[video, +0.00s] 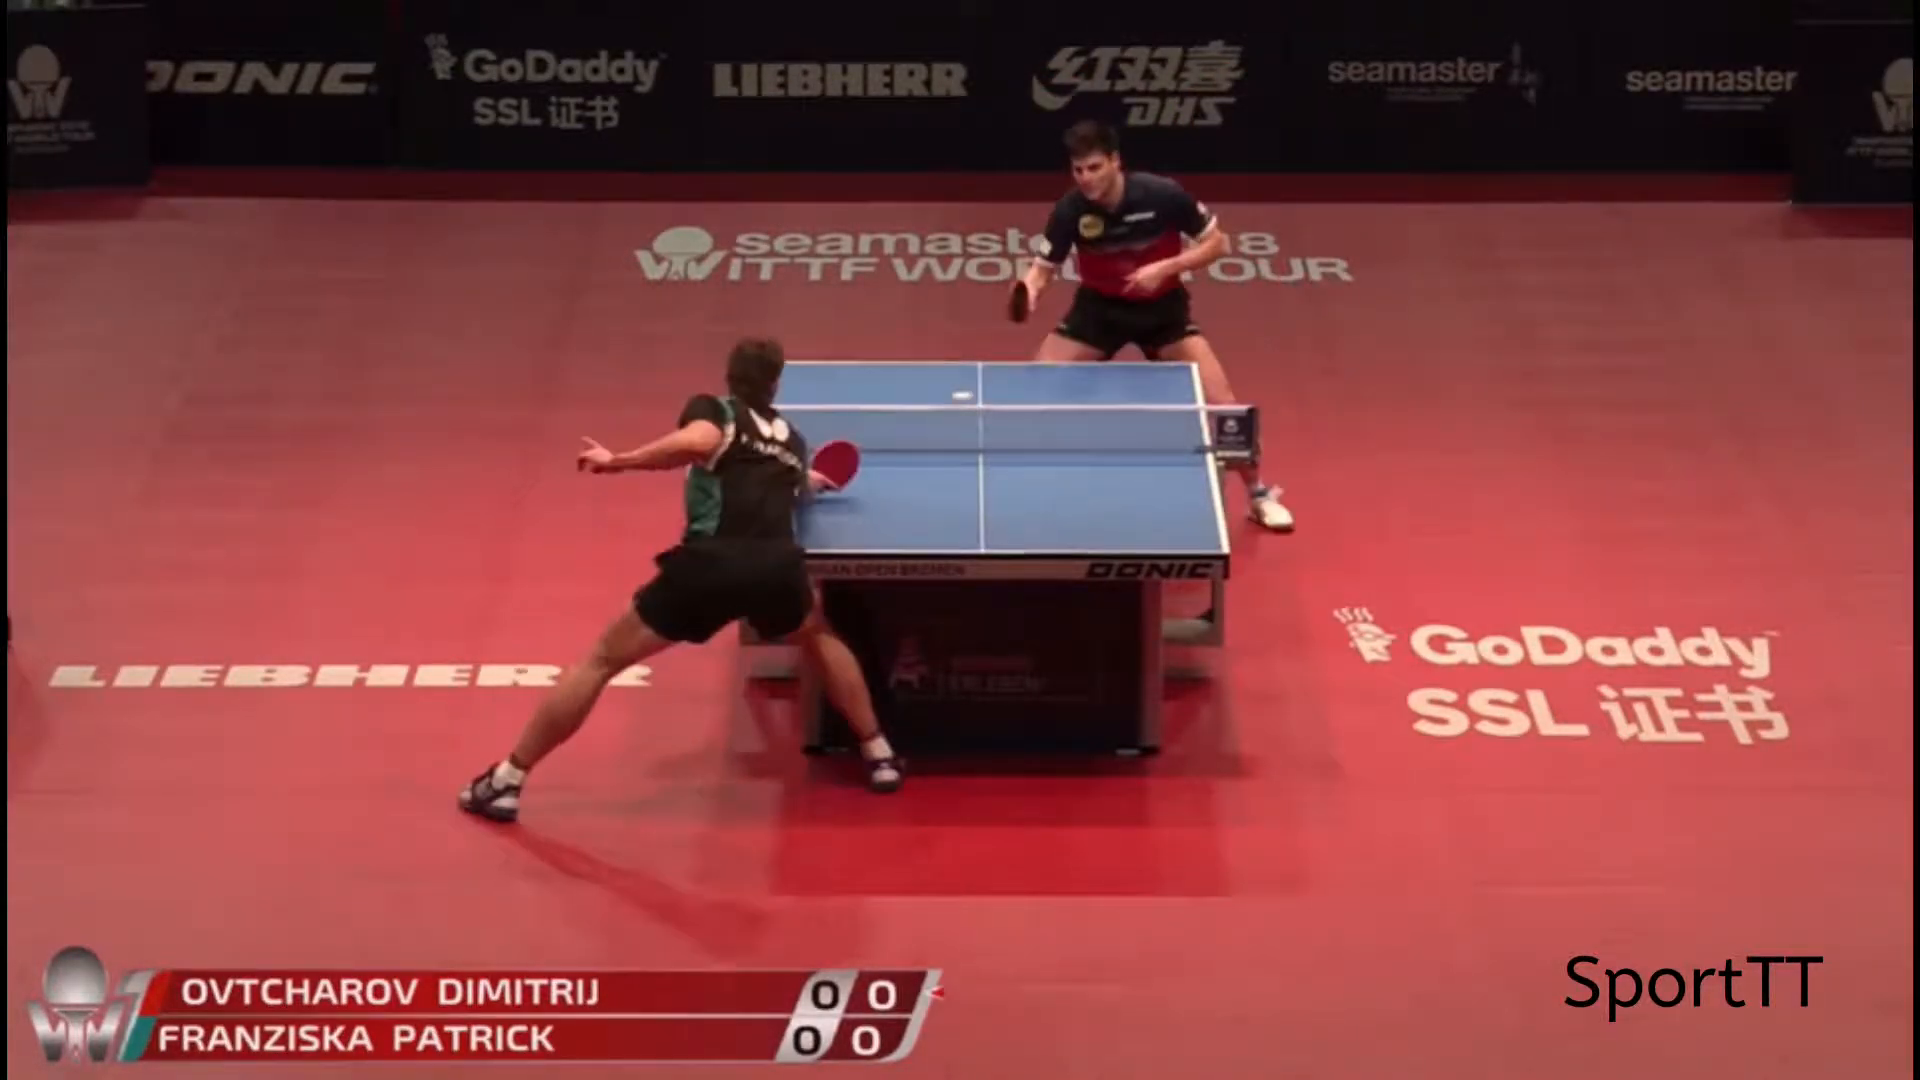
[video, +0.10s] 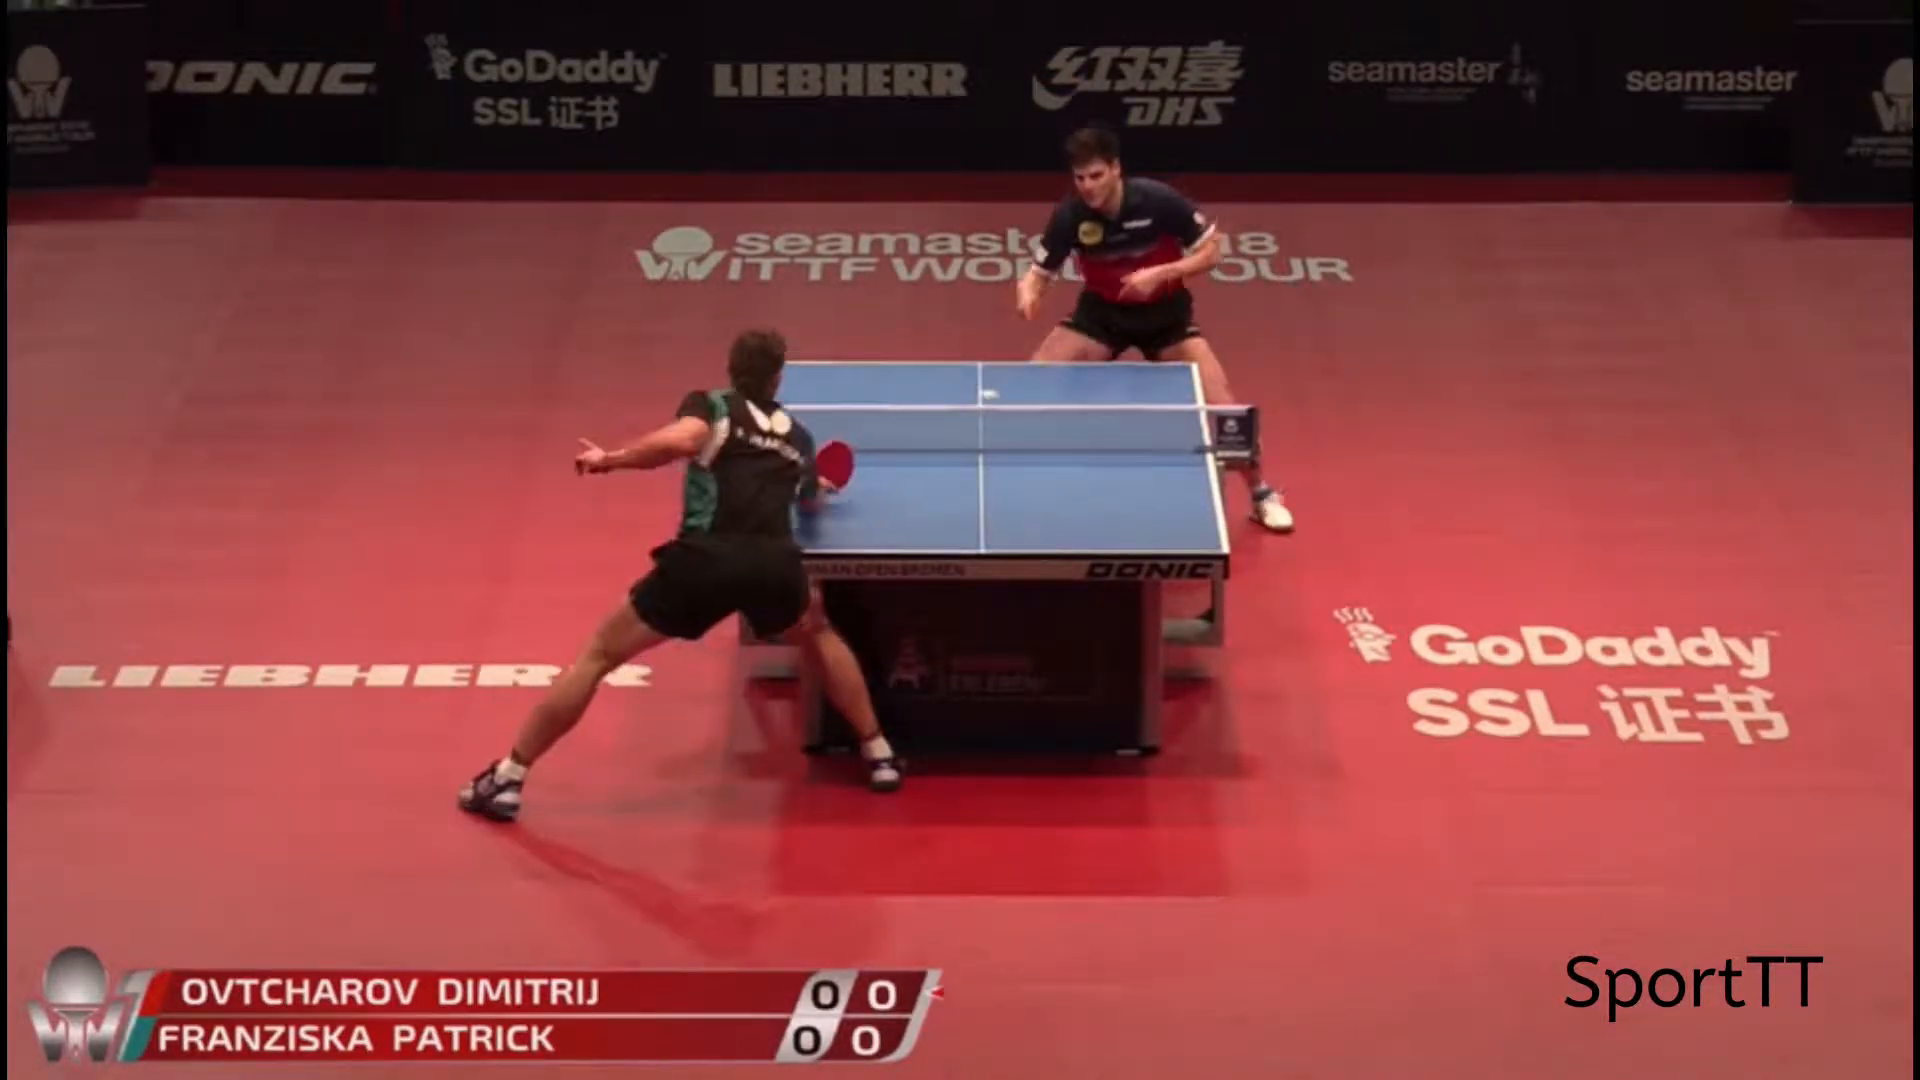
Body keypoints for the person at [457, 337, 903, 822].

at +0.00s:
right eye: (774, 379)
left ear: (729, 375)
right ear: (775, 385)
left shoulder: (712, 410)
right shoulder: (790, 435)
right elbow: (798, 483)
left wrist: (616, 459)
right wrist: (811, 479)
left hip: (707, 569)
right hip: (778, 570)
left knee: (602, 661)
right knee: (820, 639)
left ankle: (507, 780)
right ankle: (881, 755)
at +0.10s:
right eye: (778, 372)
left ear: (731, 369)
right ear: (778, 377)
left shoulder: (711, 407)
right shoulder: (797, 433)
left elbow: (679, 443)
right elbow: (812, 499)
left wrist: (608, 459)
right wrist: (810, 486)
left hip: (702, 563)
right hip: (776, 566)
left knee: (598, 657)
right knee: (820, 637)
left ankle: (508, 777)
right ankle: (881, 754)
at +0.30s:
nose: (783, 358)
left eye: (776, 349)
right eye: (784, 351)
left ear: (731, 349)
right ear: (780, 359)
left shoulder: (677, 389)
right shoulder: (787, 428)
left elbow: (610, 440)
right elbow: (826, 521)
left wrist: (601, 487)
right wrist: (849, 496)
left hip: (641, 540)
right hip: (716, 552)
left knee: (570, 655)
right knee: (807, 650)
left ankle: (504, 786)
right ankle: (846, 795)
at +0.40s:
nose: (786, 390)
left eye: (774, 378)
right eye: (785, 382)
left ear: (730, 378)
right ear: (778, 390)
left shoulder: (670, 428)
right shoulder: (780, 463)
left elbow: (603, 496)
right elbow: (820, 556)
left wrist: (624, 529)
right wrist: (865, 539)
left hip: (627, 579)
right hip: (697, 595)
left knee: (556, 672)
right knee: (802, 706)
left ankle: (478, 792)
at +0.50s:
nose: (782, 397)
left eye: (775, 385)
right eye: (782, 390)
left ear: (727, 384)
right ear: (772, 396)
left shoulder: (670, 431)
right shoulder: (773, 467)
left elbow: (599, 497)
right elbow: (813, 563)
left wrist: (620, 523)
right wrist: (864, 553)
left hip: (619, 585)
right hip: (692, 601)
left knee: (554, 680)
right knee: (801, 704)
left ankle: (470, 799)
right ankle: (777, 849)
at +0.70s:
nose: (773, 386)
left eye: (770, 375)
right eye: (773, 379)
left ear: (720, 367)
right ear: (763, 387)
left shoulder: (672, 393)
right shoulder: (730, 448)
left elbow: (676, 470)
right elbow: (718, 558)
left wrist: (739, 493)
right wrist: (777, 603)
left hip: (576, 548)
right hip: (641, 567)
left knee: (522, 663)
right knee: (752, 673)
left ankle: (455, 796)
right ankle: (751, 820)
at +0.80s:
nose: (779, 403)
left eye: (778, 393)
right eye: (780, 394)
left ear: (730, 381)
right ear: (767, 400)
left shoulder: (690, 405)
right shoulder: (715, 456)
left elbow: (732, 465)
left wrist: (792, 496)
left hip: (564, 543)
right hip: (619, 563)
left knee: (531, 665)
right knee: (747, 647)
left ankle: (442, 777)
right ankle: (743, 801)